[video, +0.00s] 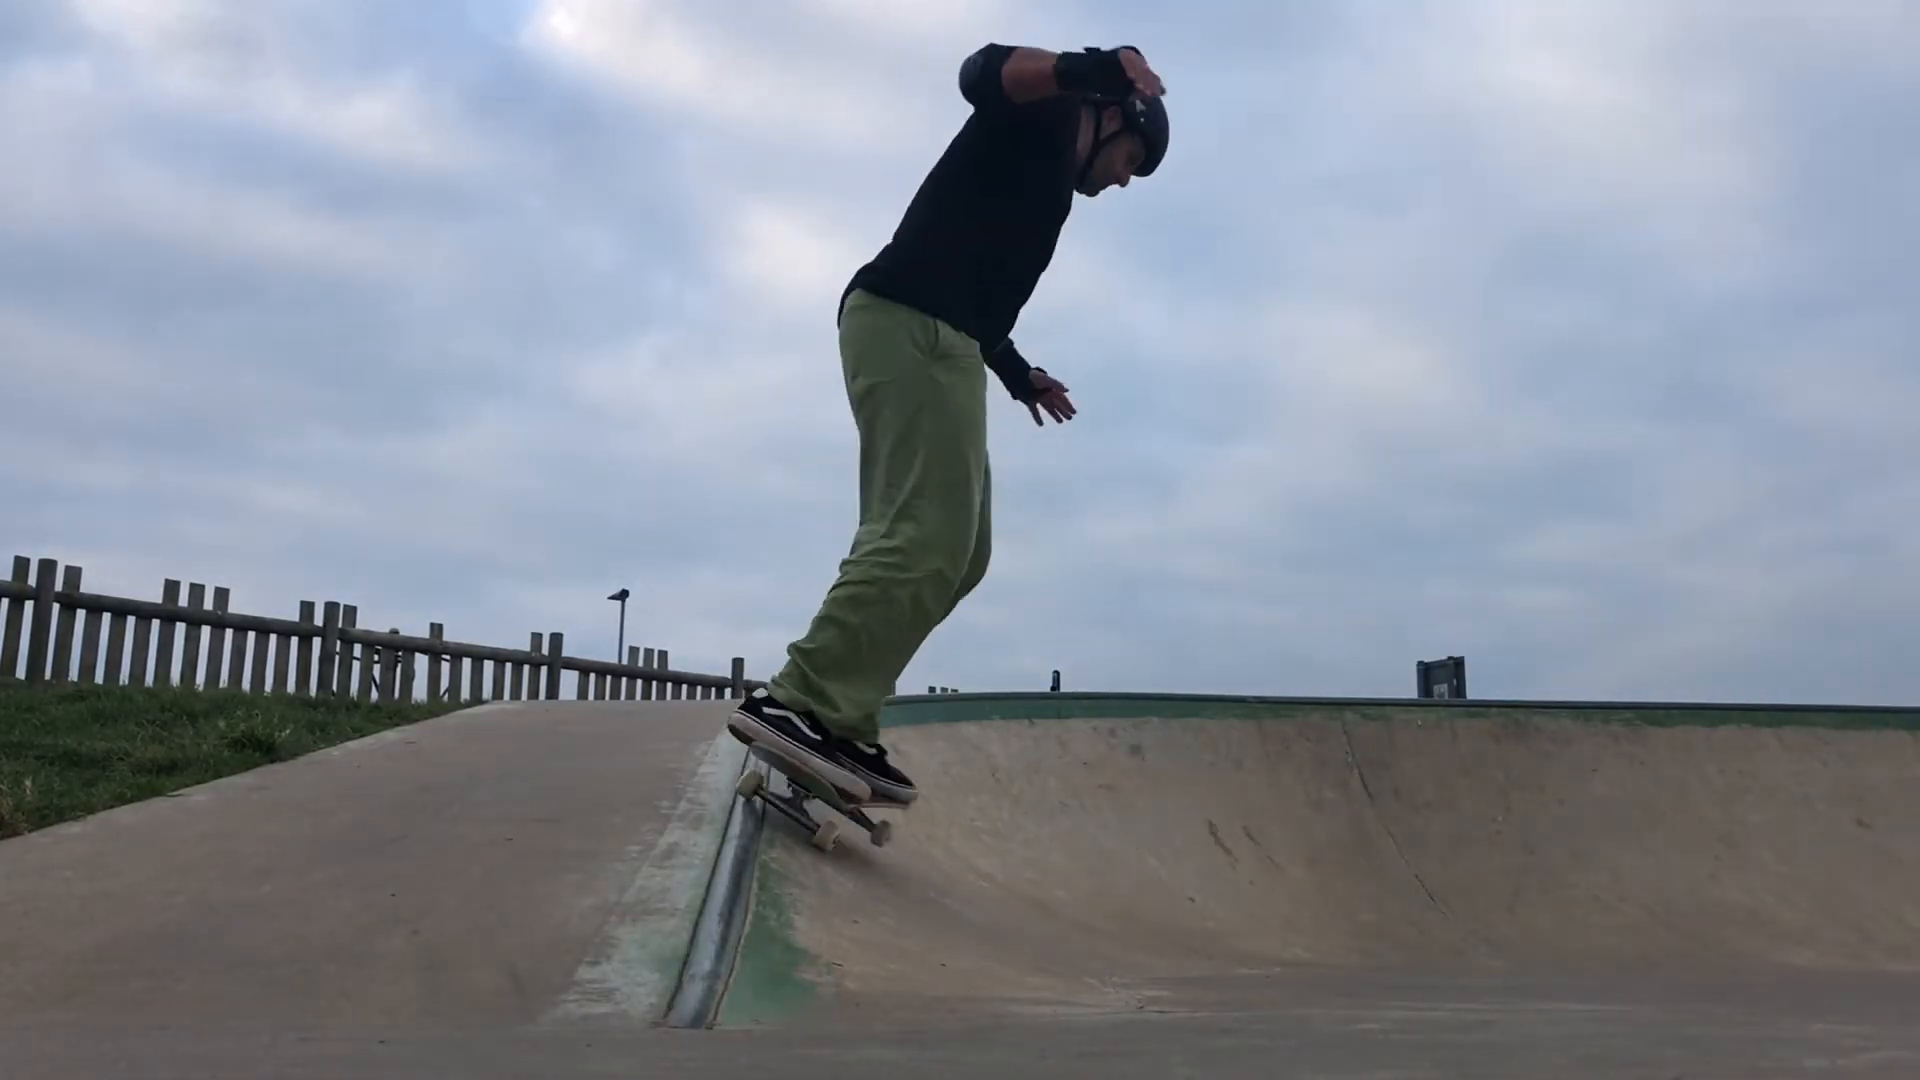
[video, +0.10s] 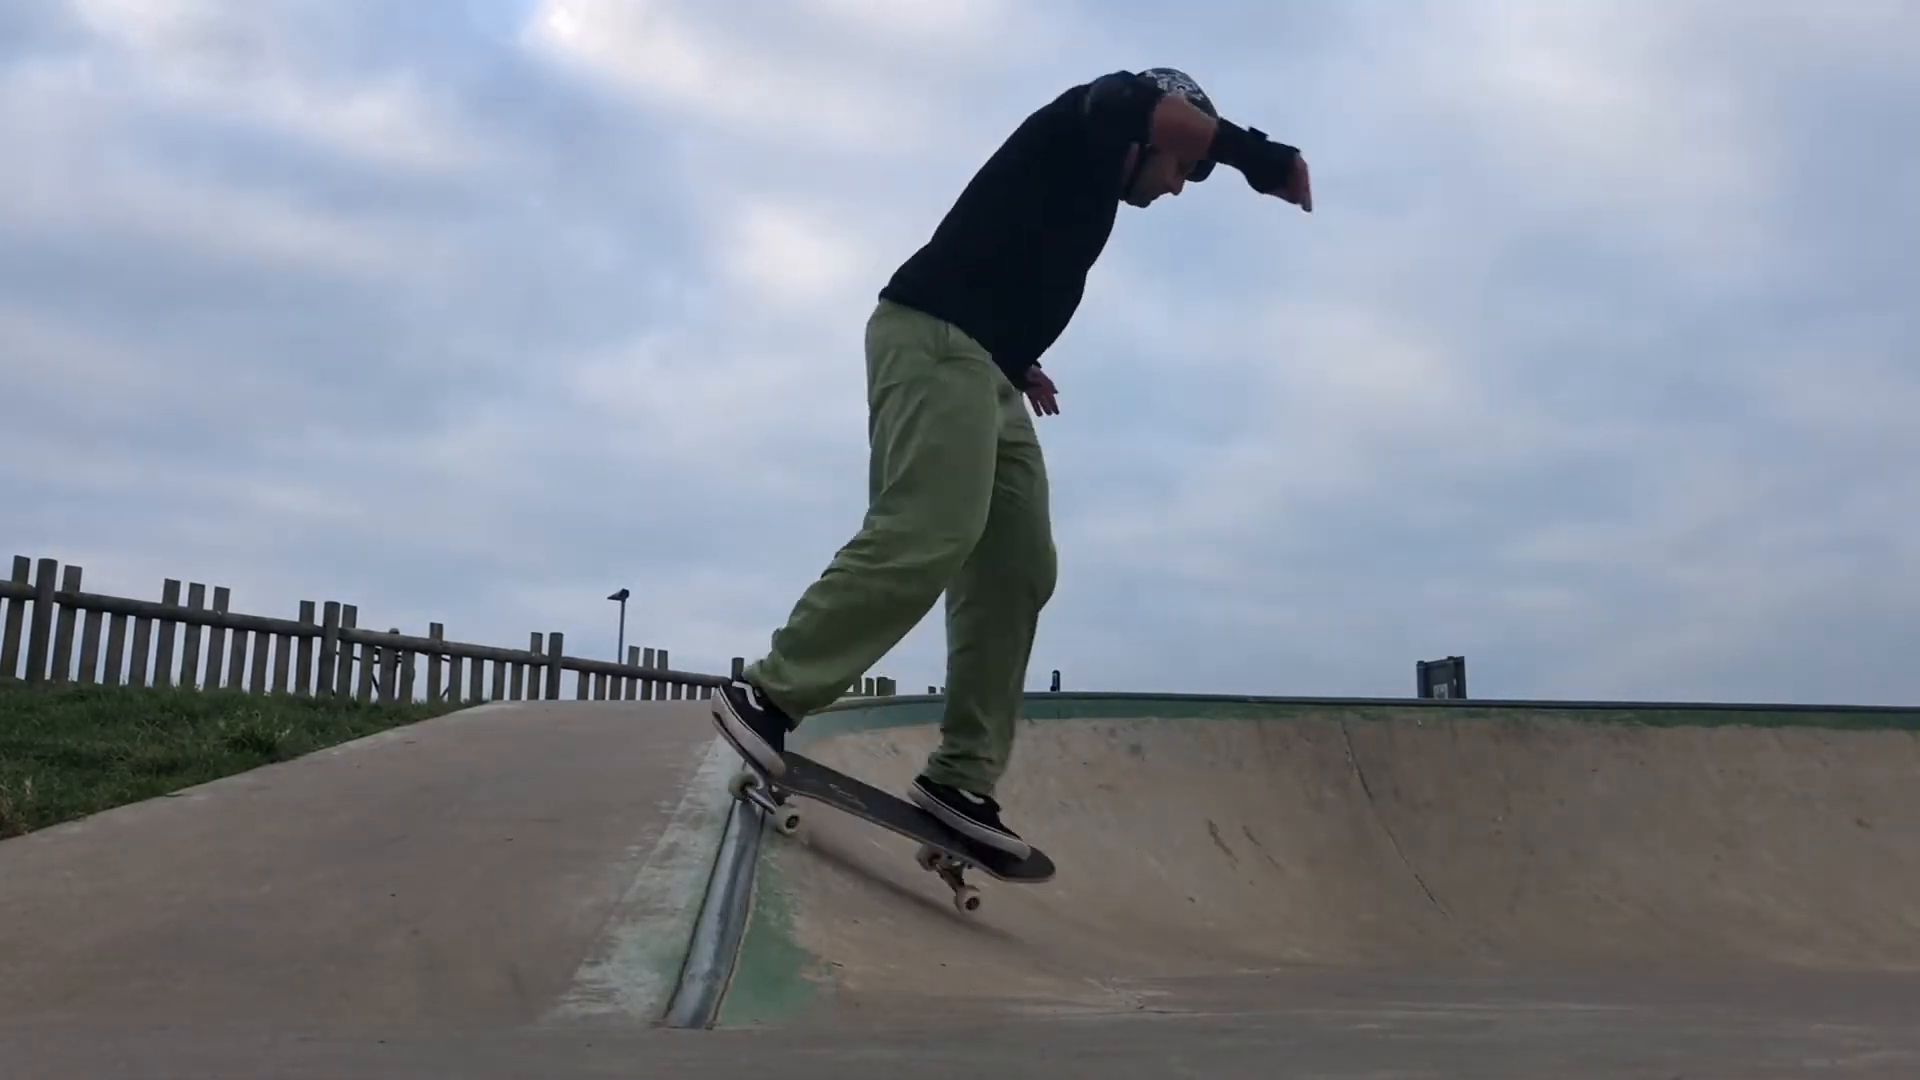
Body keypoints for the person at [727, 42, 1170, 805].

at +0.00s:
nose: (1125, 180)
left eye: (1136, 175)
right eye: (1134, 160)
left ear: (1106, 125)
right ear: (1111, 113)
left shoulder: (1053, 189)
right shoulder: (1042, 114)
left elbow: (978, 306)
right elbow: (982, 73)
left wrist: (1021, 375)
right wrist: (1095, 70)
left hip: (948, 342)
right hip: (909, 320)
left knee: (963, 554)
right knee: (925, 537)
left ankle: (845, 722)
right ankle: (796, 702)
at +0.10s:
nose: (1178, 187)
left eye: (1191, 178)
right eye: (1185, 166)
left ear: (1158, 142)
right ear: (1161, 127)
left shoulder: (1094, 188)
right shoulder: (1091, 114)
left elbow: (1004, 261)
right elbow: (1178, 115)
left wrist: (1018, 361)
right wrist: (1264, 156)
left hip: (995, 376)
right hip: (934, 335)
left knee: (1017, 571)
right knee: (931, 530)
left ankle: (961, 783)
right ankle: (771, 695)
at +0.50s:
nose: (1474, 320)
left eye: (1484, 306)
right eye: (1477, 296)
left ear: (1433, 271)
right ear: (1434, 260)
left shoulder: (1375, 392)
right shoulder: (1321, 257)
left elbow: (1357, 511)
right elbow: (1220, 210)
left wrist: (1449, 549)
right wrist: (1159, 165)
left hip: (1244, 516)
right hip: (1208, 502)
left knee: (1352, 709)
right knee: (1343, 703)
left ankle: (1205, 853)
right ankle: (1277, 928)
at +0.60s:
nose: (1555, 327)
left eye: (1566, 314)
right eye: (1554, 303)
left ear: (1515, 276)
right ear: (1509, 266)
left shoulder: (1459, 383)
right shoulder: (1402, 272)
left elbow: (1413, 507)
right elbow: (1277, 275)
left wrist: (1487, 551)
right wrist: (1230, 365)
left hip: (1348, 533)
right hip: (1272, 512)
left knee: (1479, 679)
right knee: (1383, 696)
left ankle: (1399, 892)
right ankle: (1277, 922)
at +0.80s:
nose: (1673, 270)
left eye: (1693, 260)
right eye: (1665, 244)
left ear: (1702, 268)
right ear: (1620, 223)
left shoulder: (1628, 358)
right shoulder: (1516, 276)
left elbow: (1588, 488)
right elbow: (1389, 353)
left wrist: (1613, 587)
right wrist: (1401, 482)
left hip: (1566, 562)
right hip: (1465, 540)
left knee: (1685, 703)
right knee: (1520, 714)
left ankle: (1761, 932)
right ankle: (1328, 887)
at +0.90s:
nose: (1696, 242)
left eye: (1721, 230)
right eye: (1685, 215)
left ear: (1738, 240)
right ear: (1651, 201)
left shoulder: (1696, 346)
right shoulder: (1550, 272)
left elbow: (1679, 492)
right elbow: (1440, 372)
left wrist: (1700, 600)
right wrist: (1425, 501)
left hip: (1627, 549)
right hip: (1512, 533)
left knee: (1758, 697)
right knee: (1600, 704)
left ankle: (1764, 932)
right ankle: (1424, 891)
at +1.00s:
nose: (1698, 201)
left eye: (1726, 191)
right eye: (1690, 175)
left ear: (1756, 204)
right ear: (1666, 164)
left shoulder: (1737, 310)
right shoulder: (1567, 247)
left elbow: (1730, 443)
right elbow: (1459, 351)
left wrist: (1767, 558)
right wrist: (1457, 485)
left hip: (1649, 525)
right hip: (1532, 508)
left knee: (1765, 697)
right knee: (1616, 686)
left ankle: (1764, 931)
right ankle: (1501, 918)